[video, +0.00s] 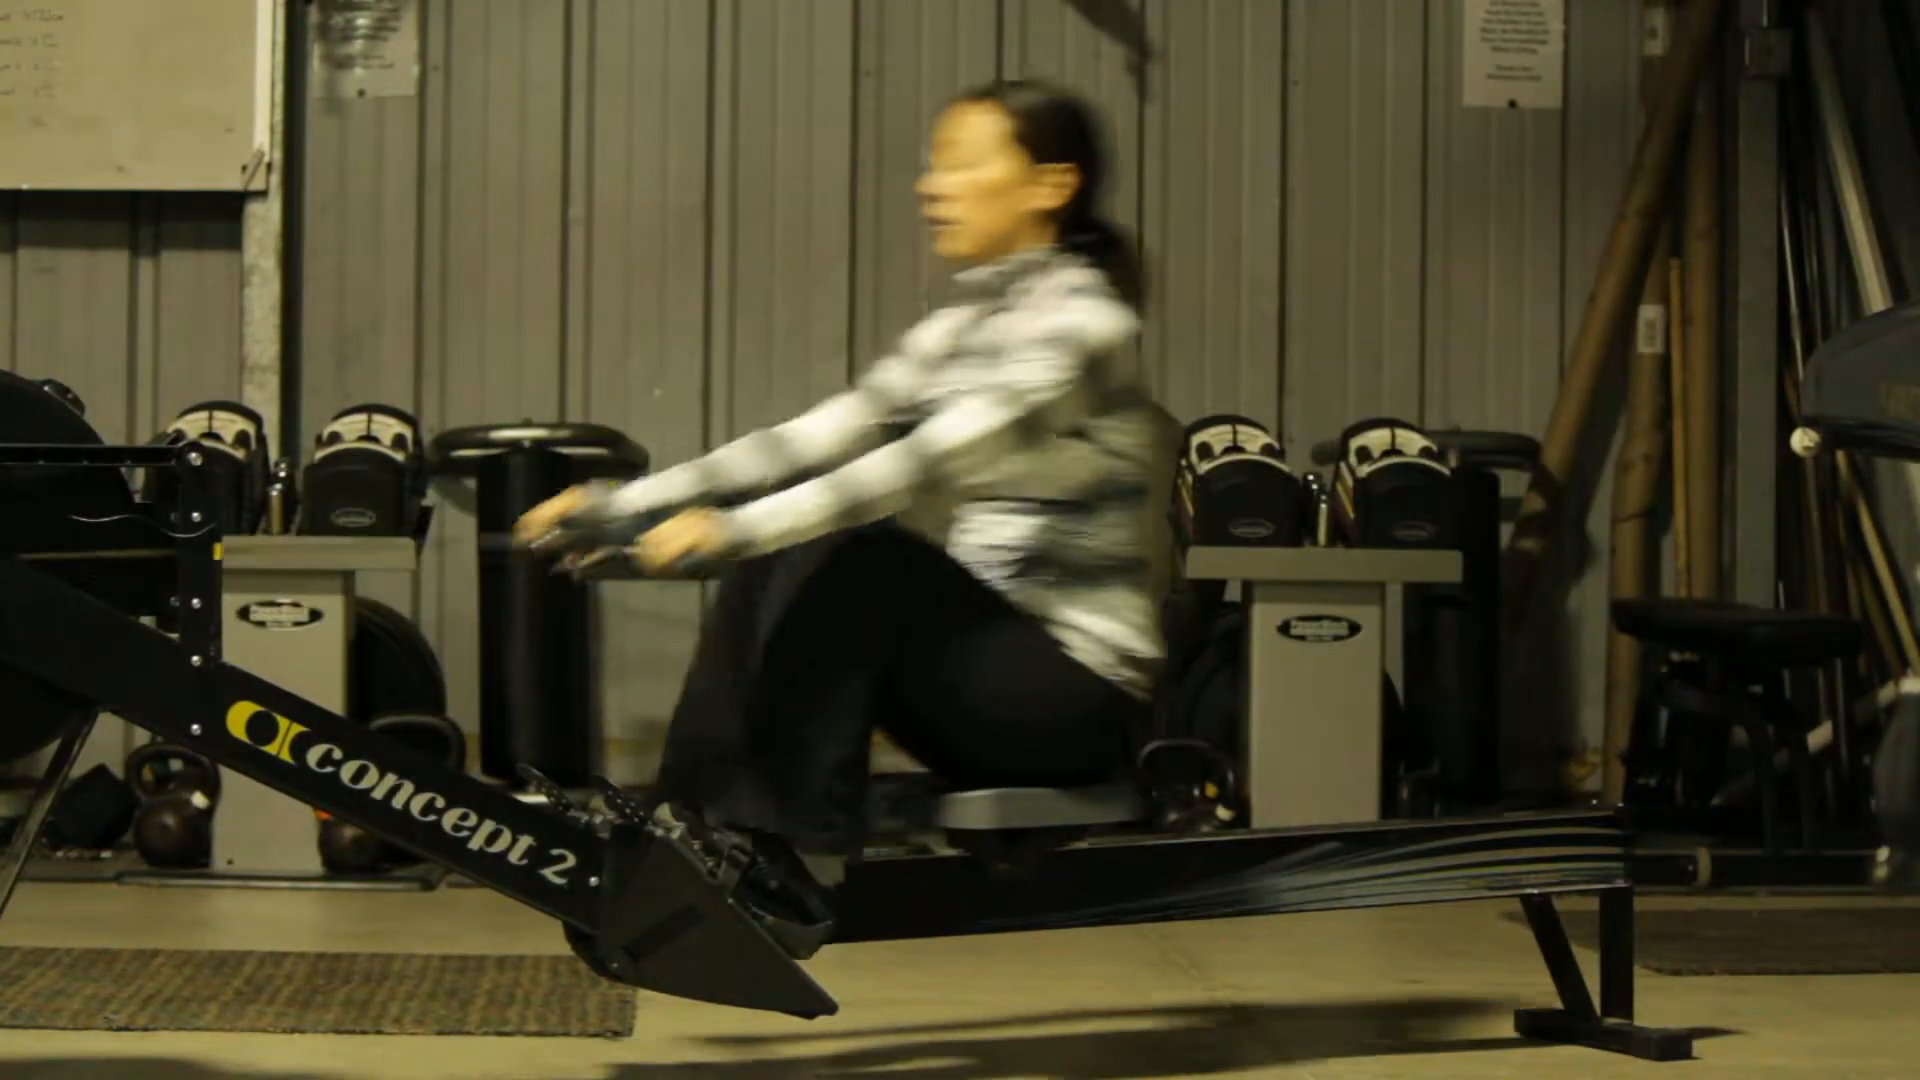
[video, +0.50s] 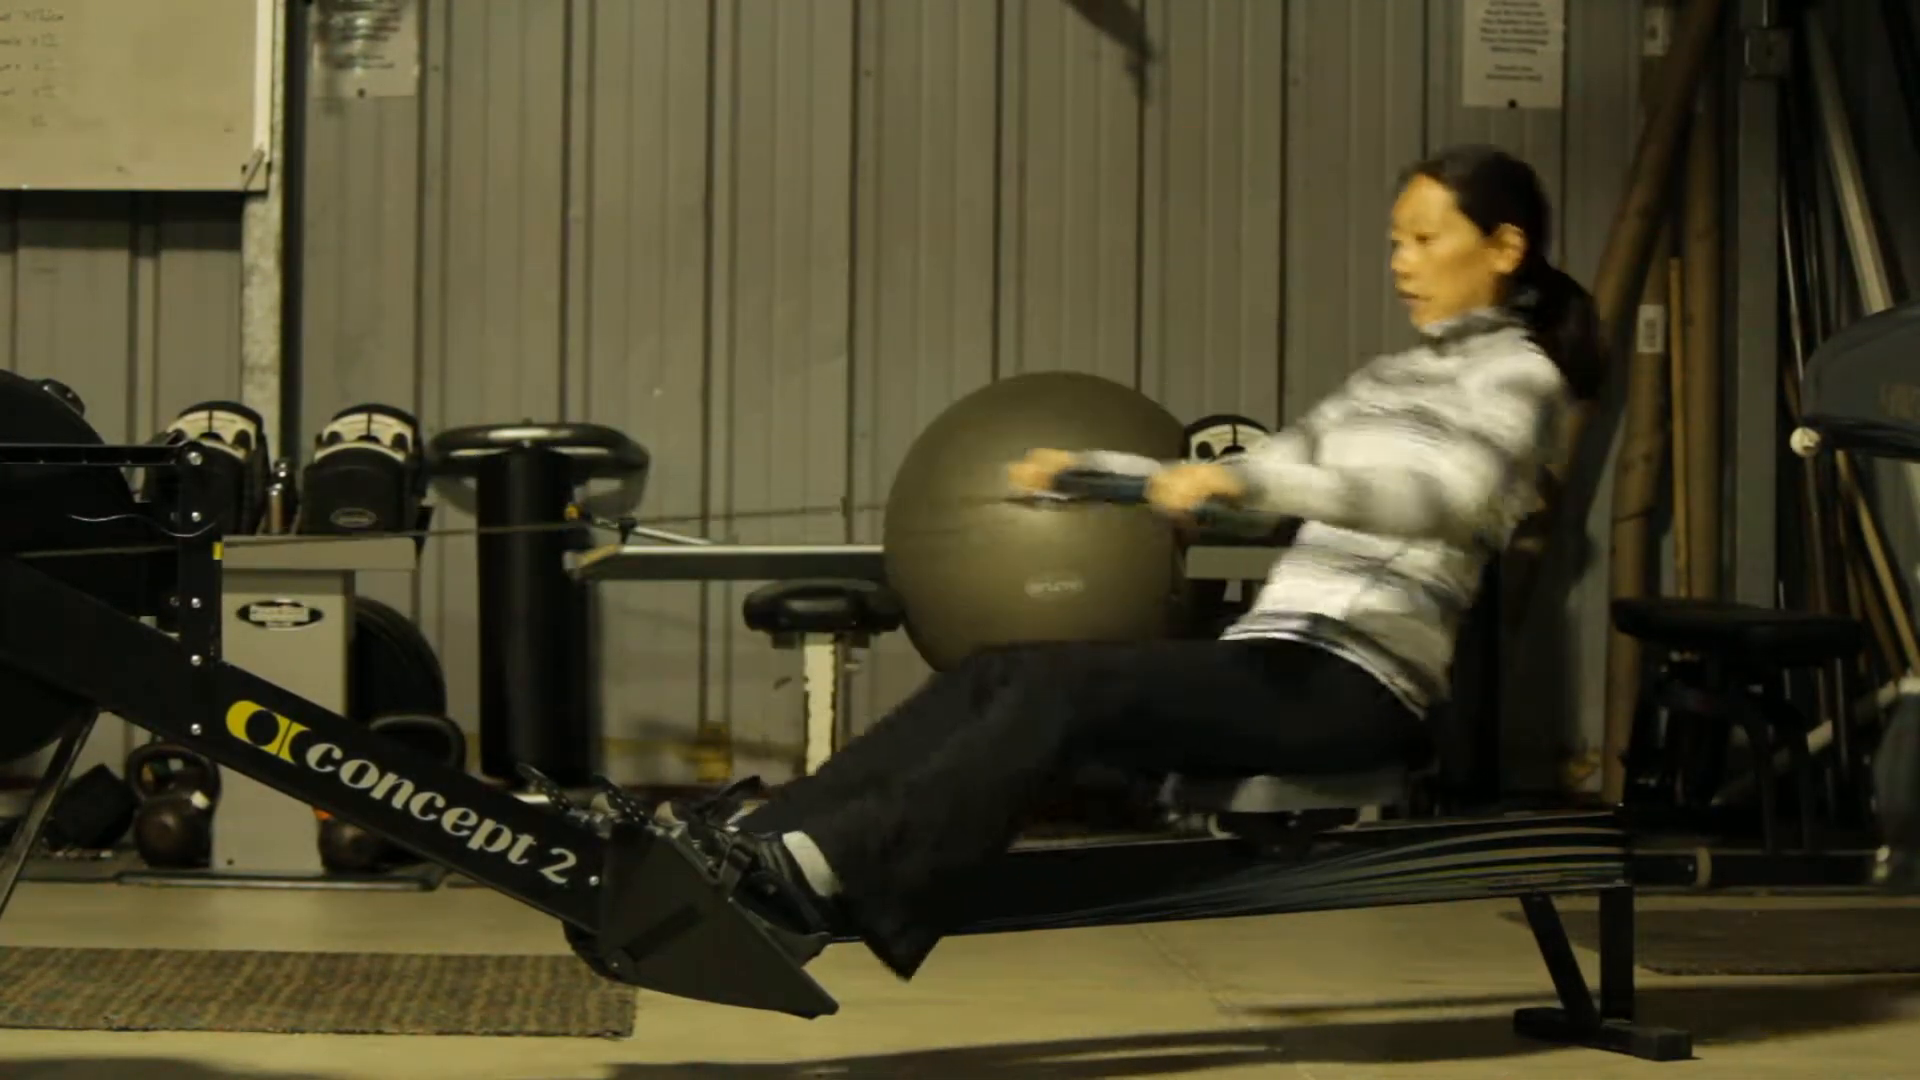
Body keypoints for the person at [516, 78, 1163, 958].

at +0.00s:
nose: (930, 188)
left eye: (962, 165)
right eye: (934, 165)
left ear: (1052, 187)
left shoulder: (1079, 318)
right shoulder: (965, 320)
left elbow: (926, 459)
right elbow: (816, 437)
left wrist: (735, 528)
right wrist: (621, 504)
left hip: (1080, 702)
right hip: (999, 685)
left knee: (867, 562)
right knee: (775, 550)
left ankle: (782, 858)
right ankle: (693, 823)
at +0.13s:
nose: (1088, 193)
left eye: (1117, 167)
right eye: (1089, 170)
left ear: (1204, 187)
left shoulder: (1222, 324)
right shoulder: (1096, 325)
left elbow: (1051, 421)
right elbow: (927, 399)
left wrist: (859, 470)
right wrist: (719, 449)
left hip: (1172, 702)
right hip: (1083, 688)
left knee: (920, 561)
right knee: (848, 555)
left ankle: (793, 852)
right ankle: (708, 830)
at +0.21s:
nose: (1176, 190)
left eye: (1206, 167)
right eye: (1179, 169)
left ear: (1291, 191)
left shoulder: (1299, 325)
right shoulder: (1168, 325)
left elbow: (1127, 409)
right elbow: (1013, 390)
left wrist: (939, 455)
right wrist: (802, 438)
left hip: (1218, 690)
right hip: (1141, 672)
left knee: (949, 585)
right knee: (885, 580)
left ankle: (811, 861)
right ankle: (721, 829)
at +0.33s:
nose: (1292, 215)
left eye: (1318, 191)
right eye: (1292, 193)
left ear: (1402, 209)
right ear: (1294, 210)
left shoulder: (1404, 335)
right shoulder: (1290, 335)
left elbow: (1230, 414)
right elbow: (1133, 397)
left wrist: (1064, 448)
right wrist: (925, 441)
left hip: (1288, 685)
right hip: (1209, 665)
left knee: (998, 625)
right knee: (938, 613)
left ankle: (823, 874)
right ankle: (744, 835)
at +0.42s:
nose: (1356, 237)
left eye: (1379, 217)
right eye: (1355, 217)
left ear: (1460, 229)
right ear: (1370, 230)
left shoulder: (1466, 352)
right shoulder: (1342, 353)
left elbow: (1350, 446)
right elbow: (1207, 429)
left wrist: (1158, 456)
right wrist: (1010, 455)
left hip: (1331, 683)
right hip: (1244, 662)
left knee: (1029, 658)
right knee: (966, 641)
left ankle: (820, 878)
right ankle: (750, 835)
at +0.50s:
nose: (1402, 264)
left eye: (1424, 243)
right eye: (1399, 243)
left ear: (1505, 249)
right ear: (1422, 252)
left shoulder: (1516, 370)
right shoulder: (1402, 369)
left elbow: (1454, 492)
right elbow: (1281, 472)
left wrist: (1247, 478)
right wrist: (1097, 476)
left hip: (1361, 681)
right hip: (1275, 655)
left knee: (1055, 690)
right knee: (993, 673)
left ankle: (815, 886)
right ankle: (740, 845)